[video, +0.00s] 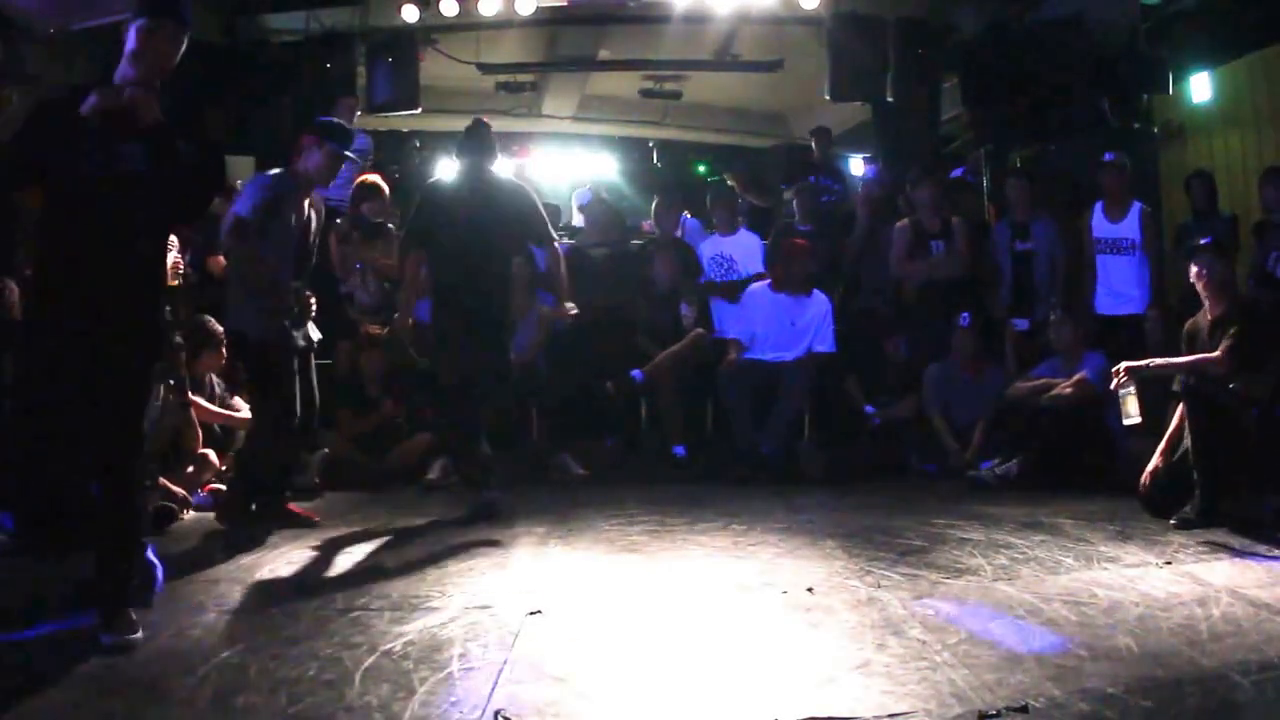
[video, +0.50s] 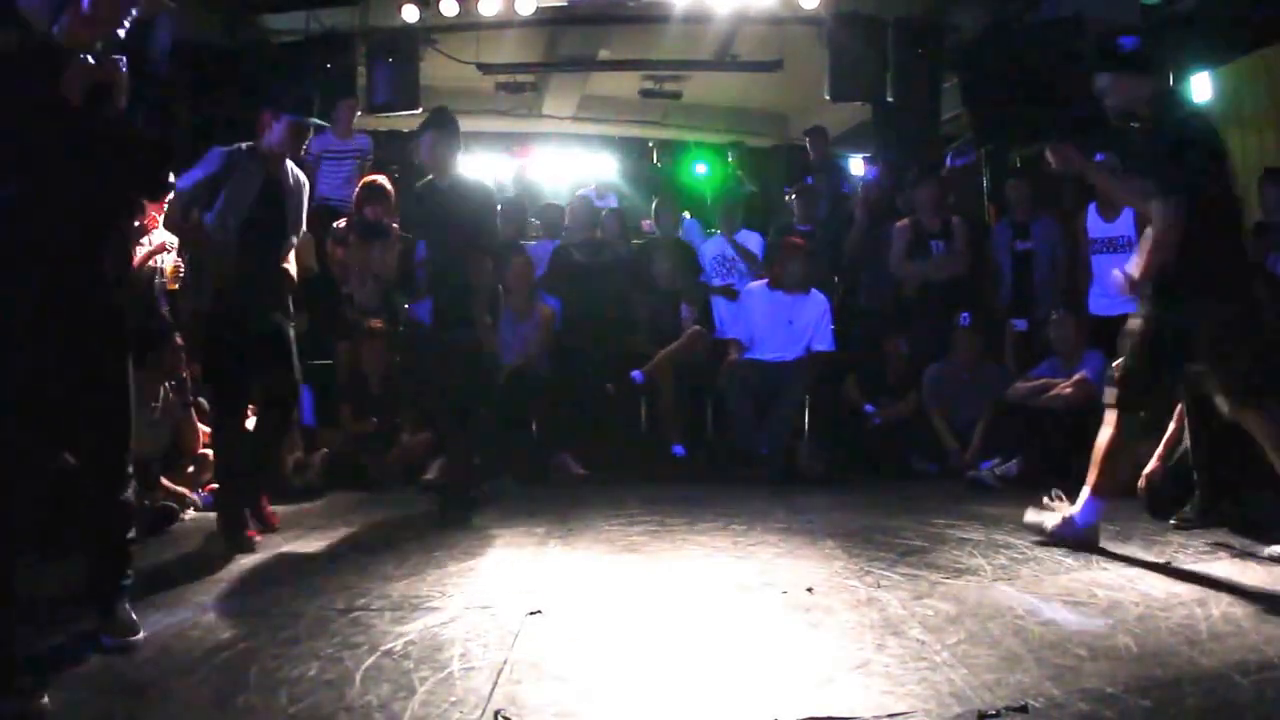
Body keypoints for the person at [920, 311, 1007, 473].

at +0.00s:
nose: (963, 344)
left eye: (968, 338)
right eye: (959, 338)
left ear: (977, 341)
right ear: (952, 340)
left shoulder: (990, 374)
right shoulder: (937, 373)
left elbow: (985, 416)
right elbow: (935, 414)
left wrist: (972, 453)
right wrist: (953, 448)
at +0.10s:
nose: (964, 345)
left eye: (969, 340)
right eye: (959, 339)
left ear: (977, 342)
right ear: (952, 341)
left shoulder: (990, 374)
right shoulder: (936, 373)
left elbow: (985, 416)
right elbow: (935, 414)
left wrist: (973, 451)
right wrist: (952, 448)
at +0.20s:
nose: (964, 346)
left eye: (969, 341)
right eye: (959, 340)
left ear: (978, 343)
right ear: (952, 342)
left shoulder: (990, 374)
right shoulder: (936, 373)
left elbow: (986, 416)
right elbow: (936, 414)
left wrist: (972, 453)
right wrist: (953, 449)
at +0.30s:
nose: (964, 348)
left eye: (969, 343)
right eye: (959, 342)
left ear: (977, 345)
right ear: (952, 344)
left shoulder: (989, 375)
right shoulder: (936, 374)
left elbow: (986, 416)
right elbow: (935, 414)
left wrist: (972, 453)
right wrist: (953, 449)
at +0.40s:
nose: (965, 348)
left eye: (970, 342)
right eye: (960, 342)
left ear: (979, 345)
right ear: (952, 344)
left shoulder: (990, 375)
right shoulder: (936, 374)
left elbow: (986, 416)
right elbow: (936, 415)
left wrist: (972, 453)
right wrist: (954, 449)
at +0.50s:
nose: (966, 349)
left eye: (971, 343)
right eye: (961, 343)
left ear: (979, 345)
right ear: (954, 344)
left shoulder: (990, 374)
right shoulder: (936, 374)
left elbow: (987, 415)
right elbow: (936, 415)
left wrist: (973, 452)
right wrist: (954, 450)